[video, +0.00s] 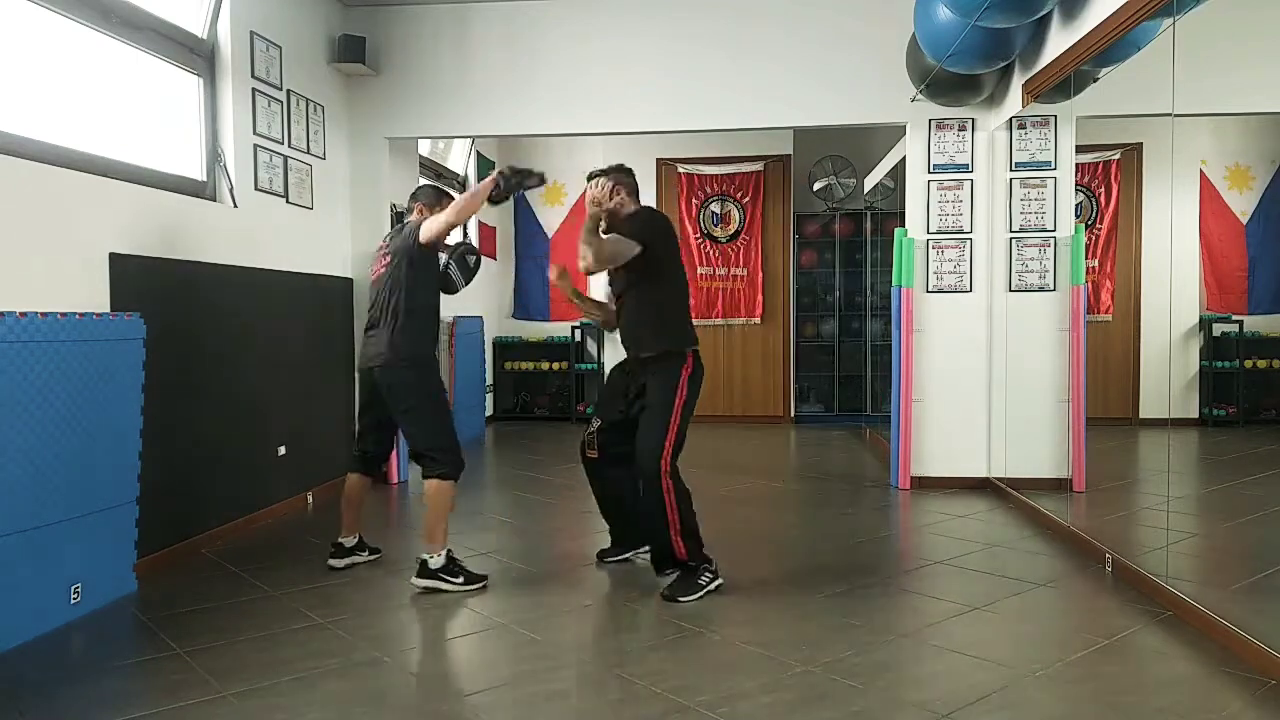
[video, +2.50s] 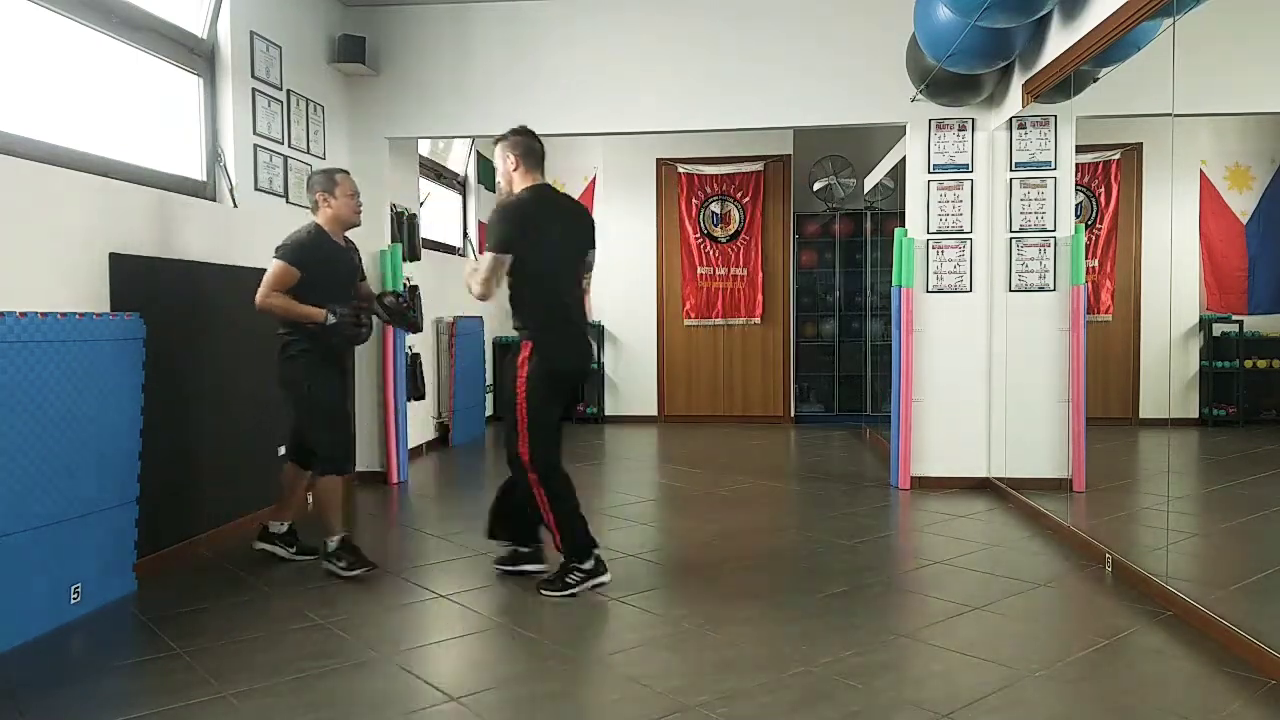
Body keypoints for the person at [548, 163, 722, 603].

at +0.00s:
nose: (592, 208)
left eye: (595, 199)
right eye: (591, 200)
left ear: (615, 192)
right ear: (619, 195)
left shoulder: (650, 222)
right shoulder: (624, 245)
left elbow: (591, 258)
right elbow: (611, 318)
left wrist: (591, 213)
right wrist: (571, 291)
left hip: (674, 363)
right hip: (637, 366)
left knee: (655, 462)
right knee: (599, 450)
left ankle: (696, 565)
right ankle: (630, 537)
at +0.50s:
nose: (553, 212)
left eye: (556, 203)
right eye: (553, 204)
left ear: (575, 200)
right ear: (581, 201)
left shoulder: (605, 229)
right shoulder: (584, 240)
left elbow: (558, 252)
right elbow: (546, 258)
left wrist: (553, 239)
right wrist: (523, 219)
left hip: (619, 373)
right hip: (587, 375)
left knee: (623, 482)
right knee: (545, 454)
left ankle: (693, 562)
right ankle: (562, 544)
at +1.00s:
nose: (520, 214)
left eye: (522, 204)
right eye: (517, 207)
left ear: (543, 194)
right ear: (544, 199)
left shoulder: (565, 227)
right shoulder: (546, 239)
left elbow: (496, 227)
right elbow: (486, 256)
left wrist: (465, 178)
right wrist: (467, 196)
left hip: (506, 346)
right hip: (514, 352)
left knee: (404, 347)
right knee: (504, 447)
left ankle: (446, 427)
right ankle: (551, 540)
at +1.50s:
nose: (348, 217)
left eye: (351, 209)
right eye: (348, 209)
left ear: (367, 213)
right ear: (390, 208)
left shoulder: (400, 263)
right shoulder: (408, 253)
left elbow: (338, 302)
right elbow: (358, 292)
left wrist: (338, 240)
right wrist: (339, 242)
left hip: (412, 384)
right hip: (446, 378)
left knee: (346, 467)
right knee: (467, 467)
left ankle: (313, 569)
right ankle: (534, 545)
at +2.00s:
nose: (343, 204)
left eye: (342, 195)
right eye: (340, 196)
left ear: (358, 190)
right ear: (382, 186)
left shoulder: (374, 244)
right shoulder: (419, 222)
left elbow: (305, 283)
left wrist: (305, 228)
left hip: (391, 374)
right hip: (434, 368)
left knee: (331, 467)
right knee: (421, 463)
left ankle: (308, 568)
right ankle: (478, 540)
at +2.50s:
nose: (496, 173)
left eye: (497, 165)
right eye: (496, 165)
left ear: (512, 161)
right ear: (540, 160)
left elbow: (483, 288)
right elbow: (582, 284)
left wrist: (474, 267)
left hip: (535, 346)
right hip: (575, 344)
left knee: (535, 454)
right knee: (531, 447)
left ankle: (582, 559)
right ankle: (524, 546)